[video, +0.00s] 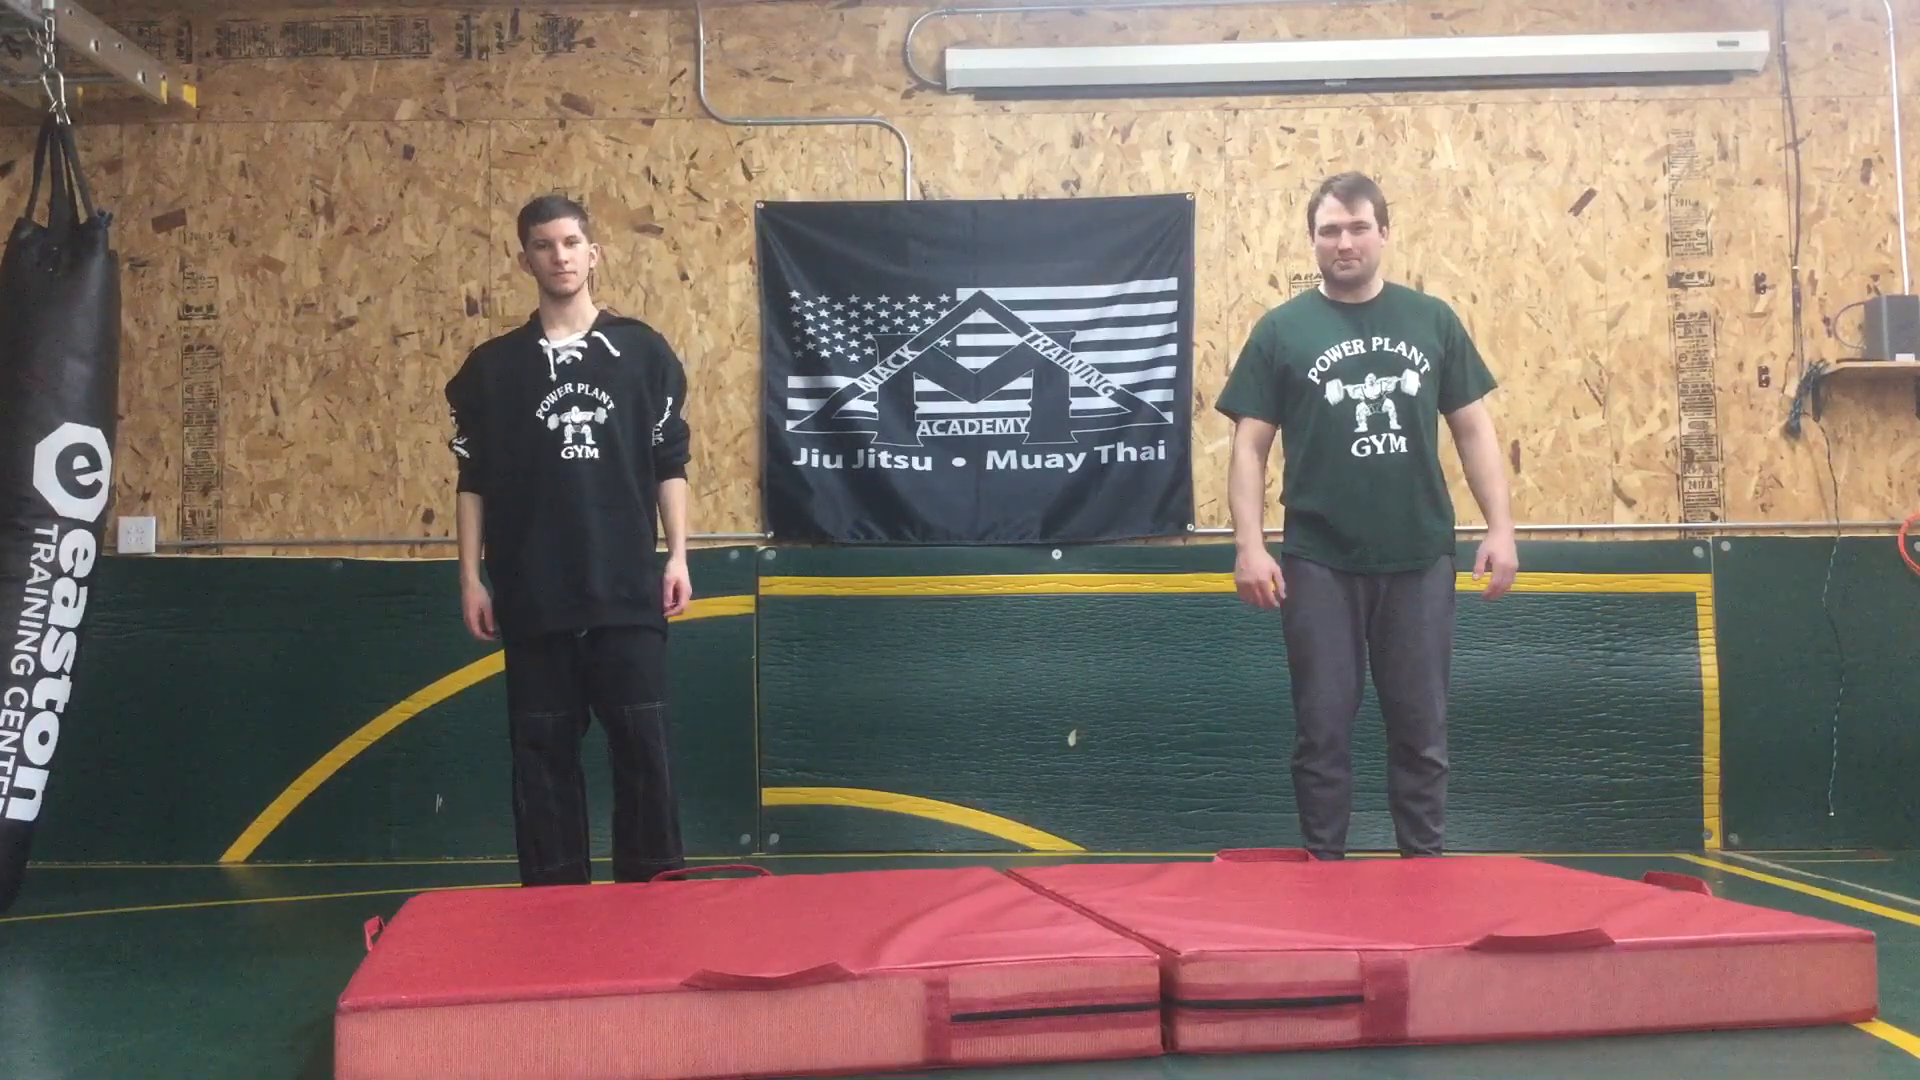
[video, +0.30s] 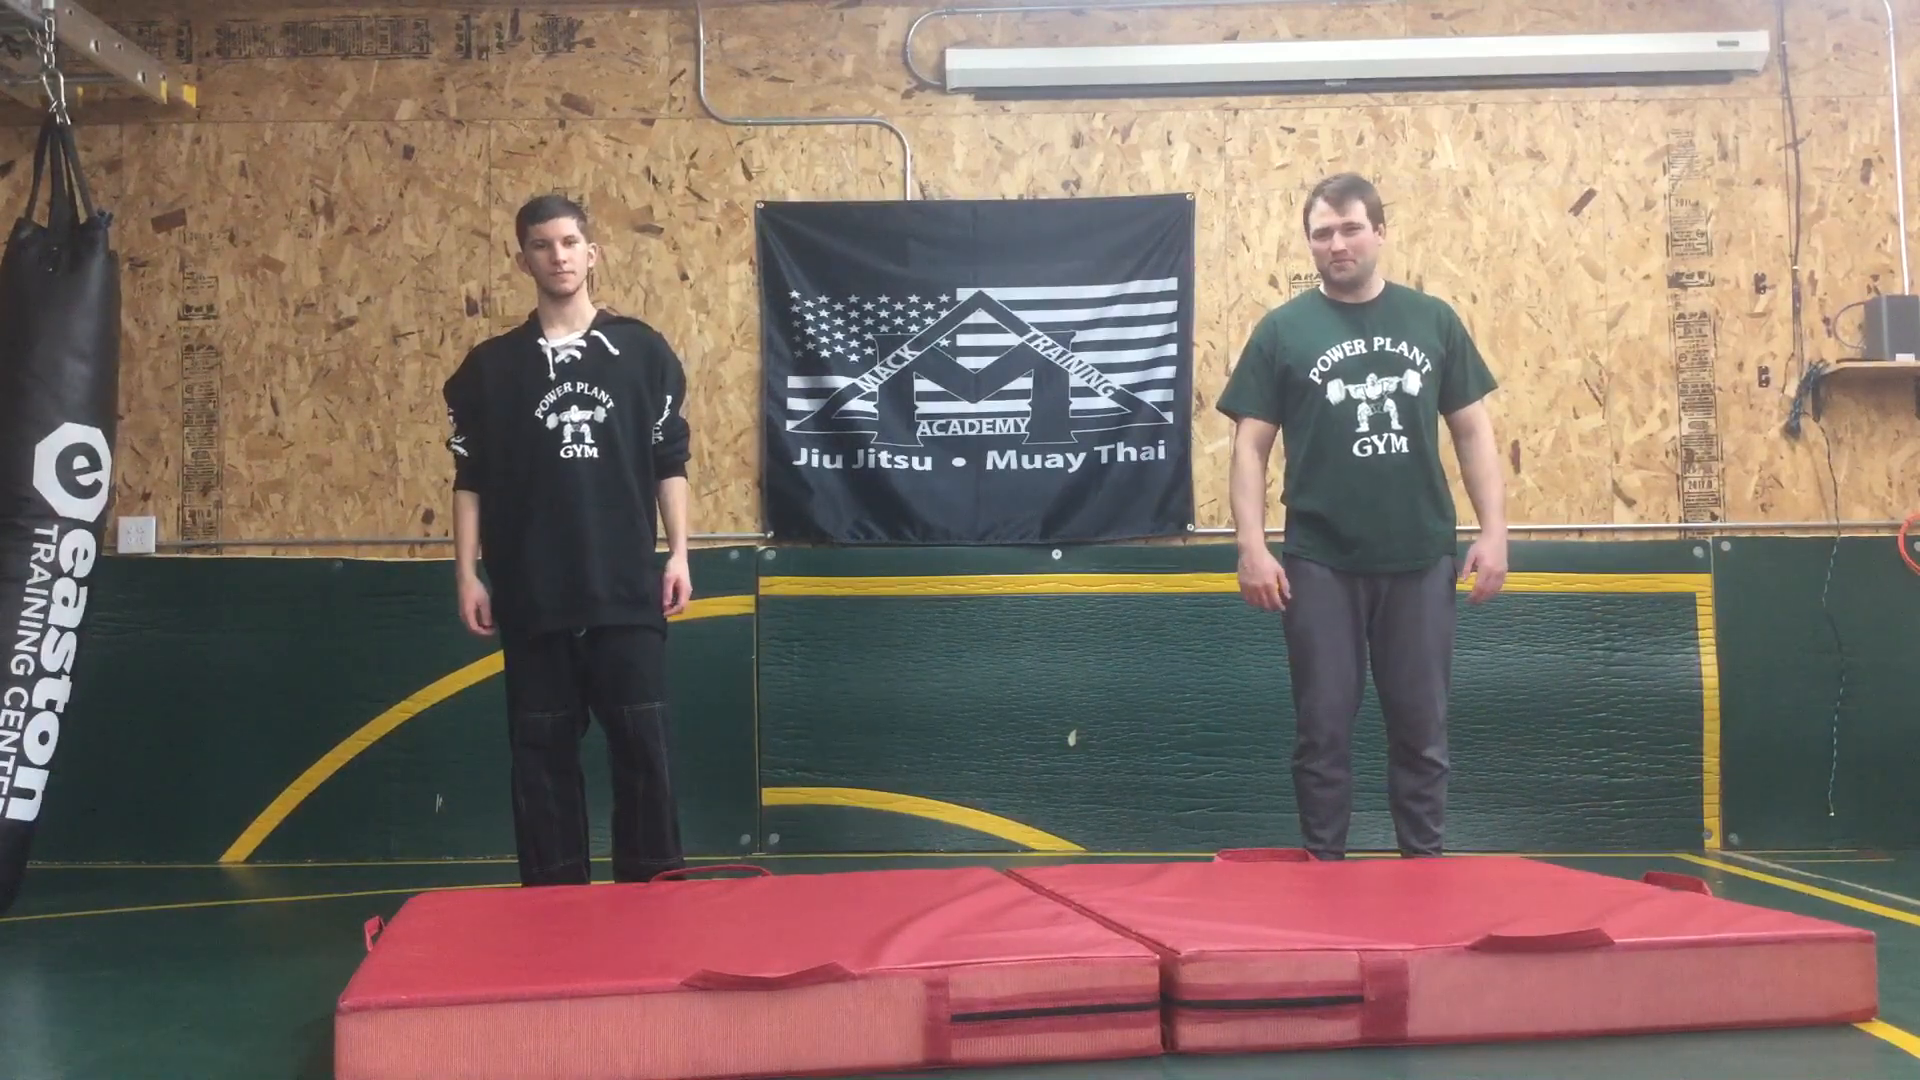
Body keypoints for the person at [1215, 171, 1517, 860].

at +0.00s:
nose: (1345, 242)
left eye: (1358, 228)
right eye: (1331, 231)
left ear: (1383, 234)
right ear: (1312, 241)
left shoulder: (1432, 321)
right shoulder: (1281, 331)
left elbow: (1472, 428)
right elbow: (1250, 446)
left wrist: (1501, 526)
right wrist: (1250, 545)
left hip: (1419, 555)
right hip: (1319, 557)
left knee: (1421, 726)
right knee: (1323, 725)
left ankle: (1423, 869)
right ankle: (1323, 871)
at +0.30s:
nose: (1337, 244)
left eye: (1350, 230)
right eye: (1323, 233)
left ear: (1379, 234)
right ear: (1308, 242)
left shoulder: (1433, 321)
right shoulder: (1282, 331)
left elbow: (1471, 430)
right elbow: (1250, 445)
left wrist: (1494, 531)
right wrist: (1252, 546)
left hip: (1420, 556)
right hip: (1319, 558)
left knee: (1422, 729)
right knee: (1323, 727)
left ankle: (1424, 870)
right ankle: (1323, 872)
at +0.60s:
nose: (1334, 237)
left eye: (1347, 223)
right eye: (1320, 228)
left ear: (1378, 231)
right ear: (1306, 243)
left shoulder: (1434, 320)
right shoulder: (1282, 332)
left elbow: (1474, 426)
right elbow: (1252, 448)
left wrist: (1502, 528)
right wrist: (1250, 549)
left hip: (1421, 555)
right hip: (1320, 557)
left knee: (1422, 725)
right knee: (1324, 725)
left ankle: (1424, 869)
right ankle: (1323, 870)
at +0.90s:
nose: (1340, 234)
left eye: (1352, 220)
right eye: (1325, 225)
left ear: (1380, 230)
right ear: (1309, 241)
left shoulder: (1434, 320)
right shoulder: (1283, 332)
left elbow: (1474, 426)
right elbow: (1253, 448)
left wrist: (1501, 526)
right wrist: (1253, 548)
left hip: (1421, 554)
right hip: (1321, 557)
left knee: (1421, 725)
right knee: (1324, 724)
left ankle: (1424, 867)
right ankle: (1323, 869)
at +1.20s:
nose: (1344, 229)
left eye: (1356, 217)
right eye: (1329, 221)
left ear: (1382, 230)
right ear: (1311, 241)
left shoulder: (1435, 320)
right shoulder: (1283, 333)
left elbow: (1474, 429)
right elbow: (1254, 448)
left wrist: (1492, 530)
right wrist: (1252, 547)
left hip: (1422, 556)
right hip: (1321, 558)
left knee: (1422, 729)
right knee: (1324, 726)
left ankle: (1423, 871)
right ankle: (1324, 872)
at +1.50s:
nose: (1337, 223)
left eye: (1351, 211)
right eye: (1324, 216)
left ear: (1382, 230)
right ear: (1310, 240)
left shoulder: (1433, 318)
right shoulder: (1283, 330)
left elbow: (1476, 423)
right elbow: (1252, 444)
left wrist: (1505, 522)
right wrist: (1246, 537)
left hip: (1421, 554)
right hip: (1321, 556)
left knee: (1422, 726)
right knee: (1324, 725)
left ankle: (1424, 867)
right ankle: (1323, 869)